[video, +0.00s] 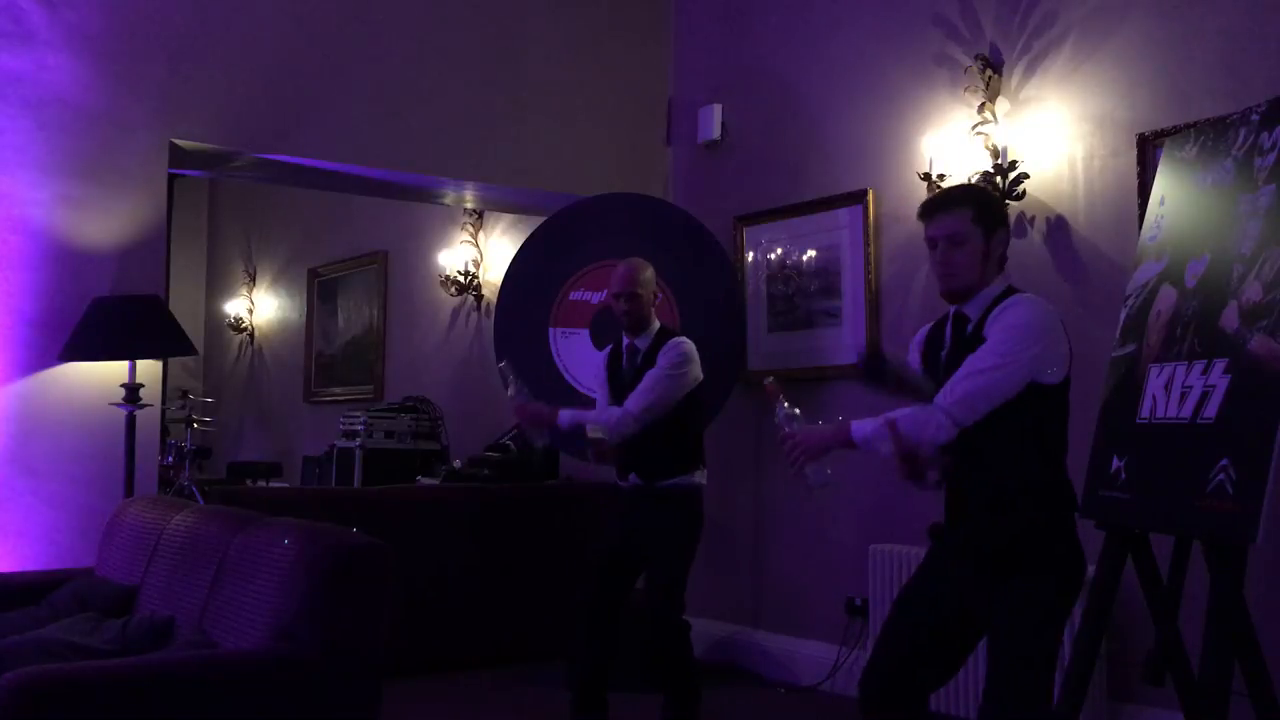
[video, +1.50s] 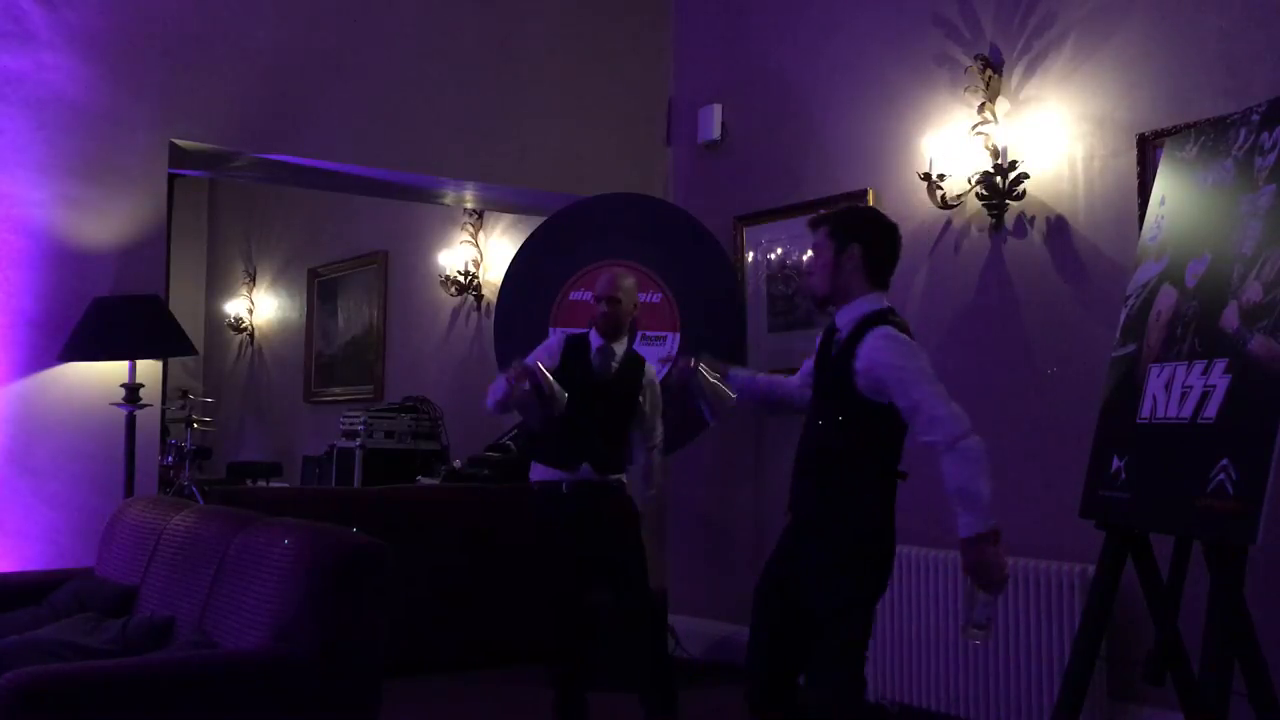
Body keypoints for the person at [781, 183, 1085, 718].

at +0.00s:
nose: (942, 259)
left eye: (958, 242)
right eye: (933, 246)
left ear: (998, 247)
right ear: (927, 251)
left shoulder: (1028, 320)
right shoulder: (928, 341)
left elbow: (942, 420)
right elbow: (922, 470)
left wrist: (841, 433)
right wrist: (914, 455)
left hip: (1034, 548)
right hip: (965, 545)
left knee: (1013, 705)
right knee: (886, 689)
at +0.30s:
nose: (933, 224)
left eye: (950, 212)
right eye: (935, 212)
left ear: (997, 224)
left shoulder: (1022, 307)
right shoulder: (948, 311)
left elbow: (997, 424)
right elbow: (904, 414)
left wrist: (897, 487)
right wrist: (828, 389)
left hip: (1010, 528)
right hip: (954, 524)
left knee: (993, 695)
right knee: (895, 683)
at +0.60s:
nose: (946, 207)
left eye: (963, 197)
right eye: (946, 195)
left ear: (1009, 214)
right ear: (942, 204)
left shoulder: (1031, 284)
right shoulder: (938, 300)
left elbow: (956, 319)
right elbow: (890, 389)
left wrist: (864, 250)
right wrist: (835, 416)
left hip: (998, 517)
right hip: (929, 509)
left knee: (998, 693)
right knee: (848, 668)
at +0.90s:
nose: (922, 213)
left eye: (939, 203)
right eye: (926, 202)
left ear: (982, 220)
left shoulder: (1020, 309)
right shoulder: (884, 289)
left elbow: (1101, 408)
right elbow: (842, 385)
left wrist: (1028, 467)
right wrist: (847, 450)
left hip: (954, 522)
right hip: (869, 515)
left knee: (982, 699)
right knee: (813, 682)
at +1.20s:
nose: (869, 260)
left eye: (885, 251)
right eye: (871, 248)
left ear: (928, 267)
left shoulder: (963, 358)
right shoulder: (839, 318)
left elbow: (964, 444)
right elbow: (797, 407)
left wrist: (916, 473)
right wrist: (779, 488)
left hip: (904, 537)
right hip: (823, 527)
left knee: (939, 693)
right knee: (786, 690)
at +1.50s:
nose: (807, 262)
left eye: (817, 251)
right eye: (810, 251)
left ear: (850, 258)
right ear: (853, 261)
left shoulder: (881, 343)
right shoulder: (840, 334)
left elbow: (955, 436)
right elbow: (799, 391)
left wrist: (978, 535)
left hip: (848, 542)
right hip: (815, 531)